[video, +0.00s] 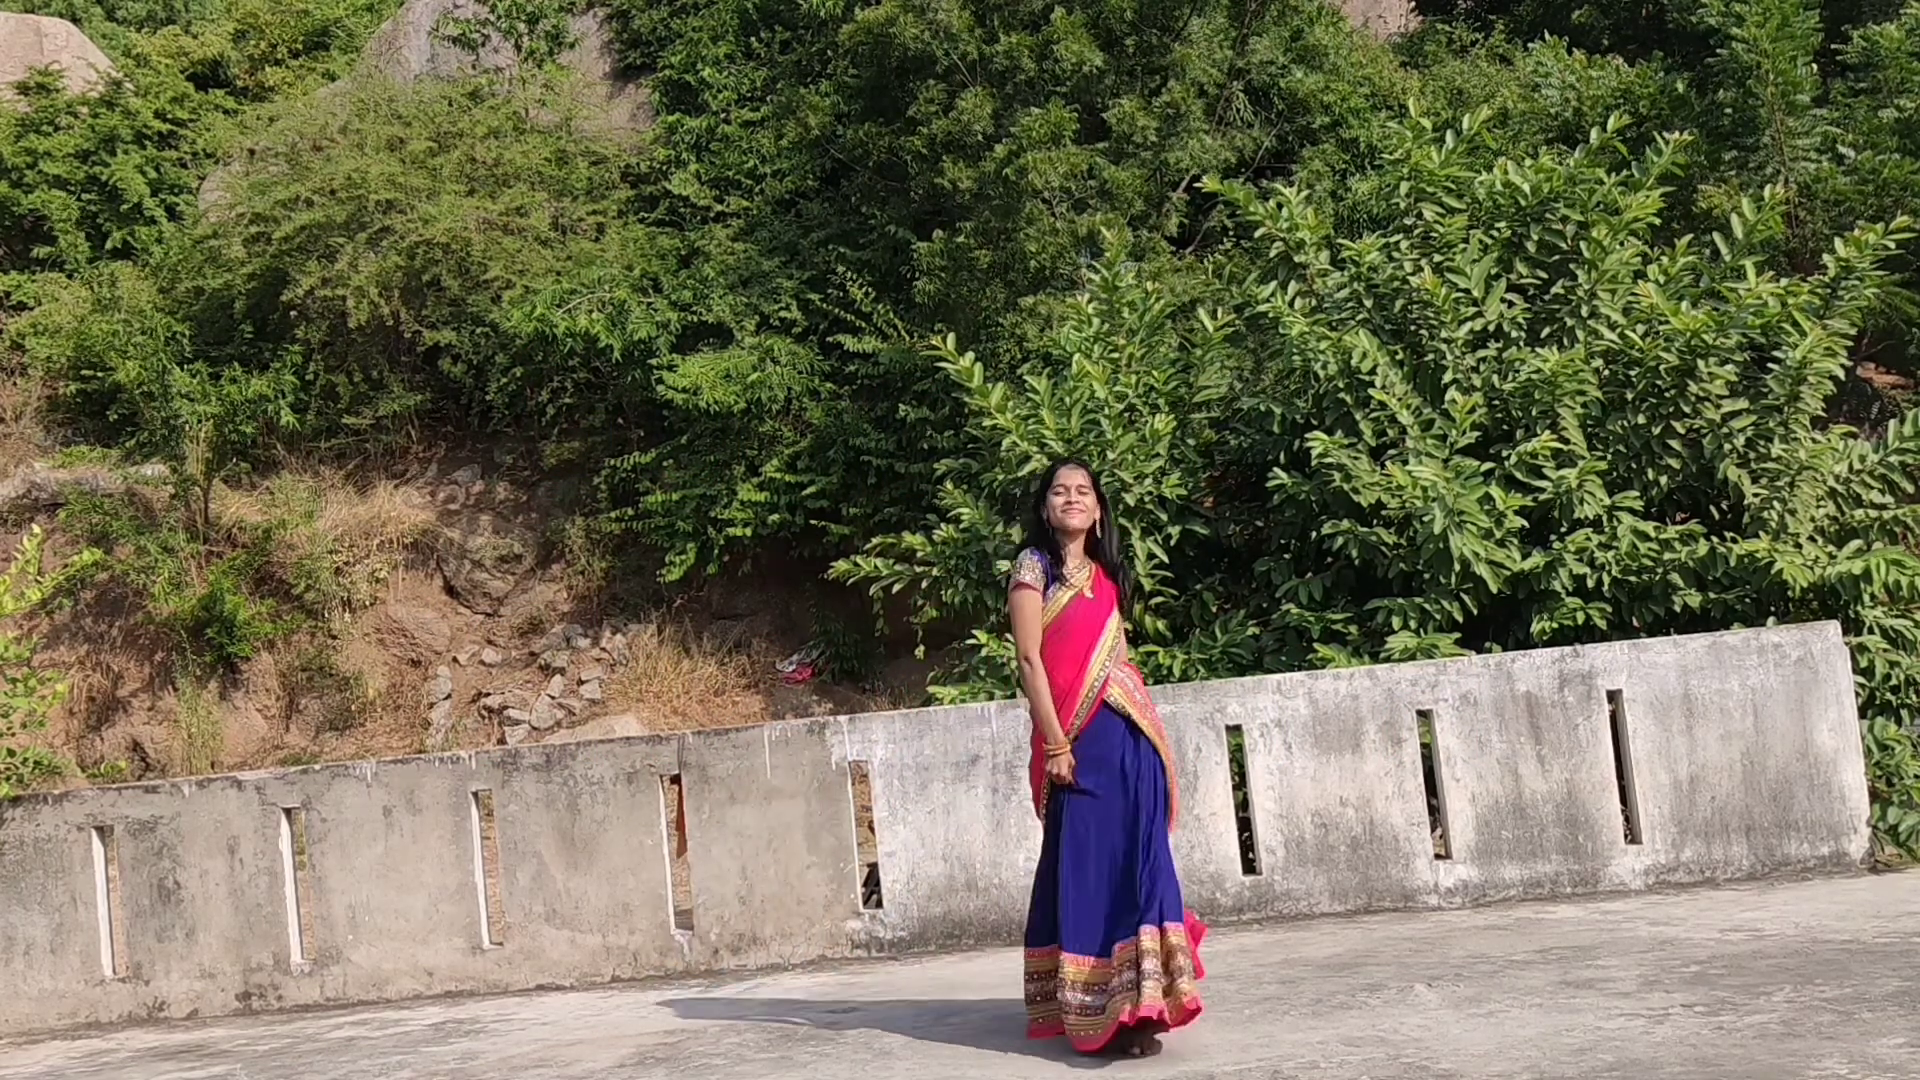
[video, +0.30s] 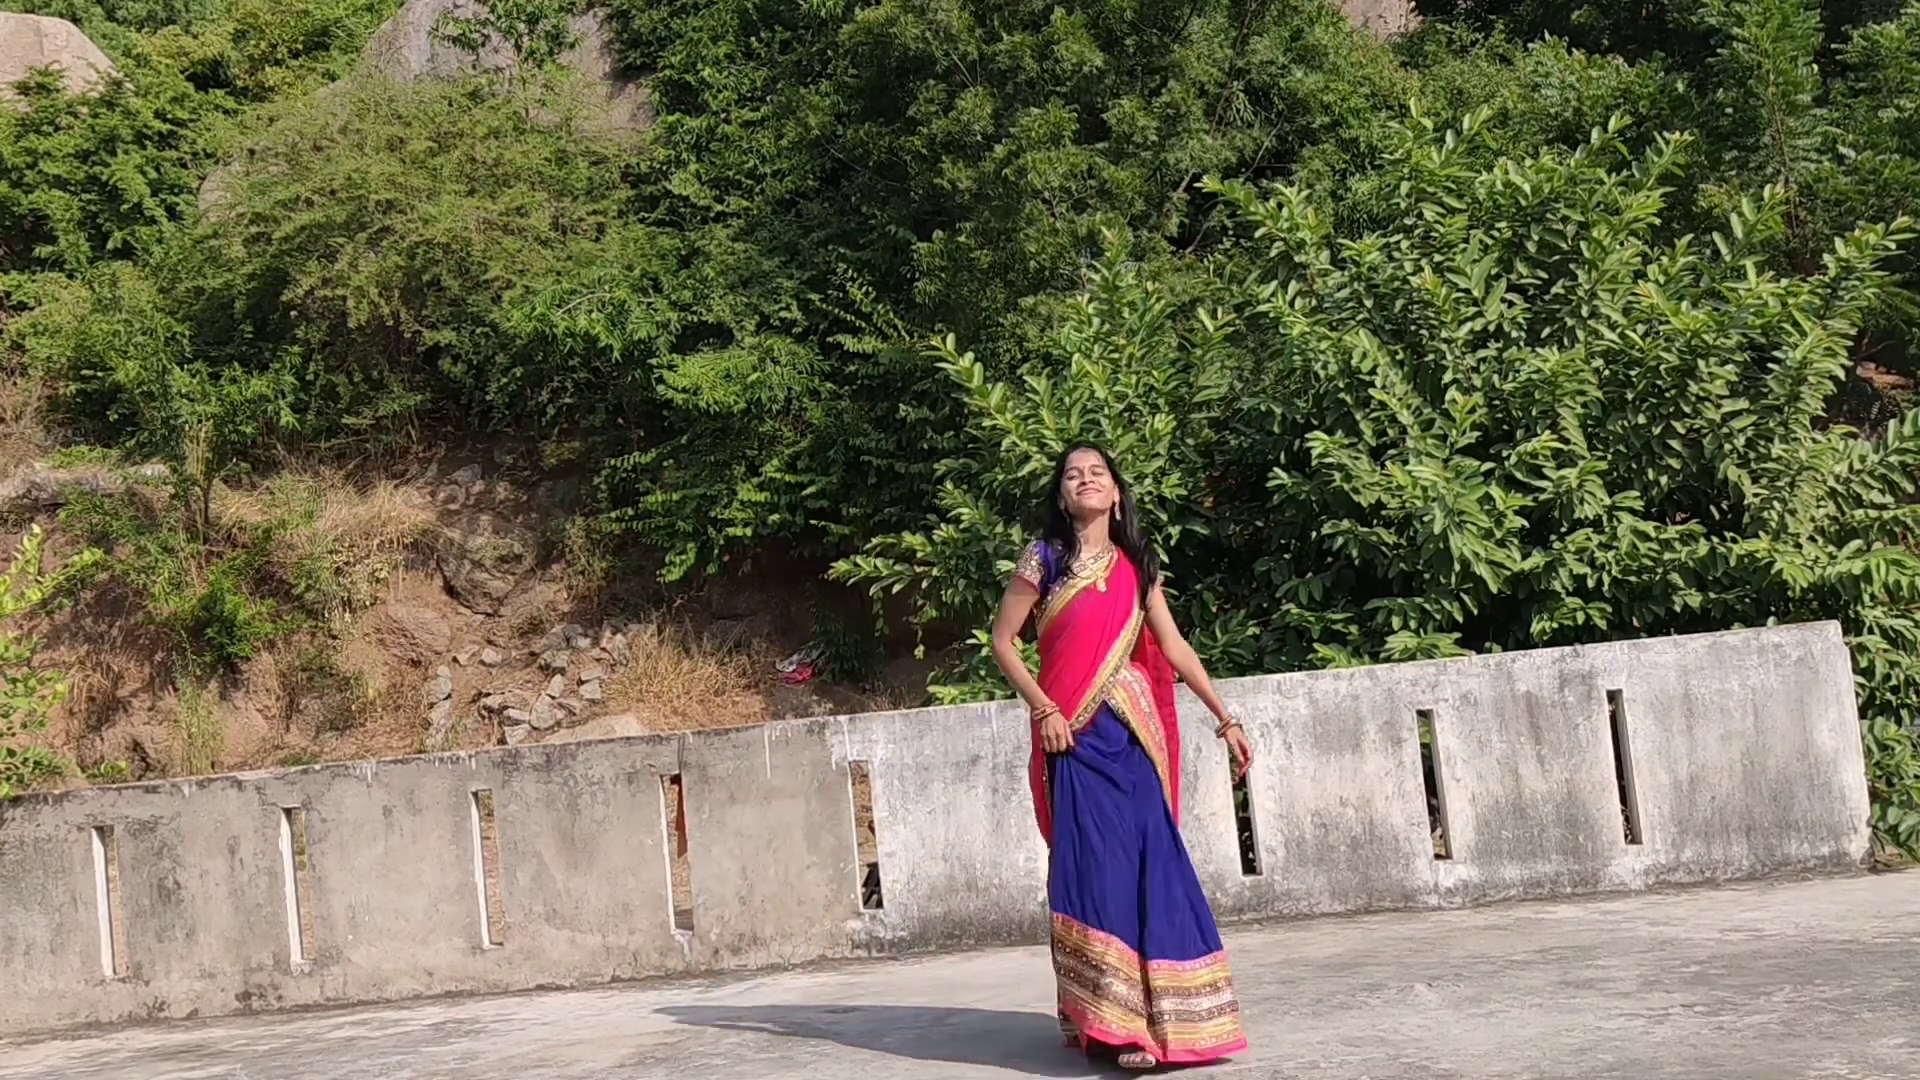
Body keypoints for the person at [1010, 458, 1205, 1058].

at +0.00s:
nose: (1072, 500)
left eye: (1082, 491)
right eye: (1061, 492)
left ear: (1099, 506)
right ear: (1044, 507)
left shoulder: (1103, 576)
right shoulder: (1034, 568)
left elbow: (1122, 662)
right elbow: (1029, 661)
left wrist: (1158, 745)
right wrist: (1055, 742)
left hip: (1134, 732)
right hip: (1083, 738)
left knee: (1141, 865)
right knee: (1091, 870)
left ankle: (1141, 1006)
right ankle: (1101, 1012)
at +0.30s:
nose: (1086, 481)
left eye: (1096, 473)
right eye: (1074, 476)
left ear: (1117, 491)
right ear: (1061, 496)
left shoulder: (1137, 562)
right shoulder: (1042, 560)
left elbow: (1174, 646)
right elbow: (1002, 641)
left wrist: (1225, 717)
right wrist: (1044, 709)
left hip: (1137, 728)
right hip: (1075, 733)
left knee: (1141, 863)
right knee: (1101, 868)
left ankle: (1137, 1018)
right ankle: (1117, 1024)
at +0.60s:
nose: (1075, 481)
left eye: (1088, 472)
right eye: (1067, 475)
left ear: (1117, 489)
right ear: (1059, 495)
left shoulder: (1150, 551)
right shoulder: (1050, 564)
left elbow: (1188, 634)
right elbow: (975, 625)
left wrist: (1222, 709)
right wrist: (1018, 627)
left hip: (1143, 729)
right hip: (1077, 736)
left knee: (1148, 875)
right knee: (1095, 879)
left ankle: (1164, 1028)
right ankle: (1109, 1032)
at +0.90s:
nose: (1086, 501)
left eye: (1100, 490)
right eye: (1084, 490)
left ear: (1137, 496)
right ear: (1090, 501)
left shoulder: (1182, 547)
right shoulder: (1096, 578)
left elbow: (1198, 625)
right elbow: (1002, 627)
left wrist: (1197, 690)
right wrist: (1010, 557)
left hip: (1162, 738)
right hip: (1105, 747)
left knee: (1162, 887)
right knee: (1110, 891)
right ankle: (1133, 1052)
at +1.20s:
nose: (1132, 508)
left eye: (1143, 495)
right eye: (1128, 497)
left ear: (1181, 491)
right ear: (1136, 500)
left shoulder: (1216, 527)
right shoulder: (1150, 573)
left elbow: (1156, 568)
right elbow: (1072, 626)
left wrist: (1065, 583)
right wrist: (976, 635)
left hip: (1221, 716)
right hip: (1161, 721)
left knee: (1238, 868)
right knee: (1146, 873)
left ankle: (1269, 1037)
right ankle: (1143, 1043)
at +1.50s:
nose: (1149, 511)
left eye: (1157, 498)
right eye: (1145, 502)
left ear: (1199, 492)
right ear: (1152, 505)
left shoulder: (1231, 526)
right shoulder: (1167, 570)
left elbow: (1181, 543)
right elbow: (1121, 647)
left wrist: (1095, 544)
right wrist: (1066, 589)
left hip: (1235, 717)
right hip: (1173, 723)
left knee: (1246, 871)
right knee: (1162, 875)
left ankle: (1274, 1040)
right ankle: (1178, 1043)